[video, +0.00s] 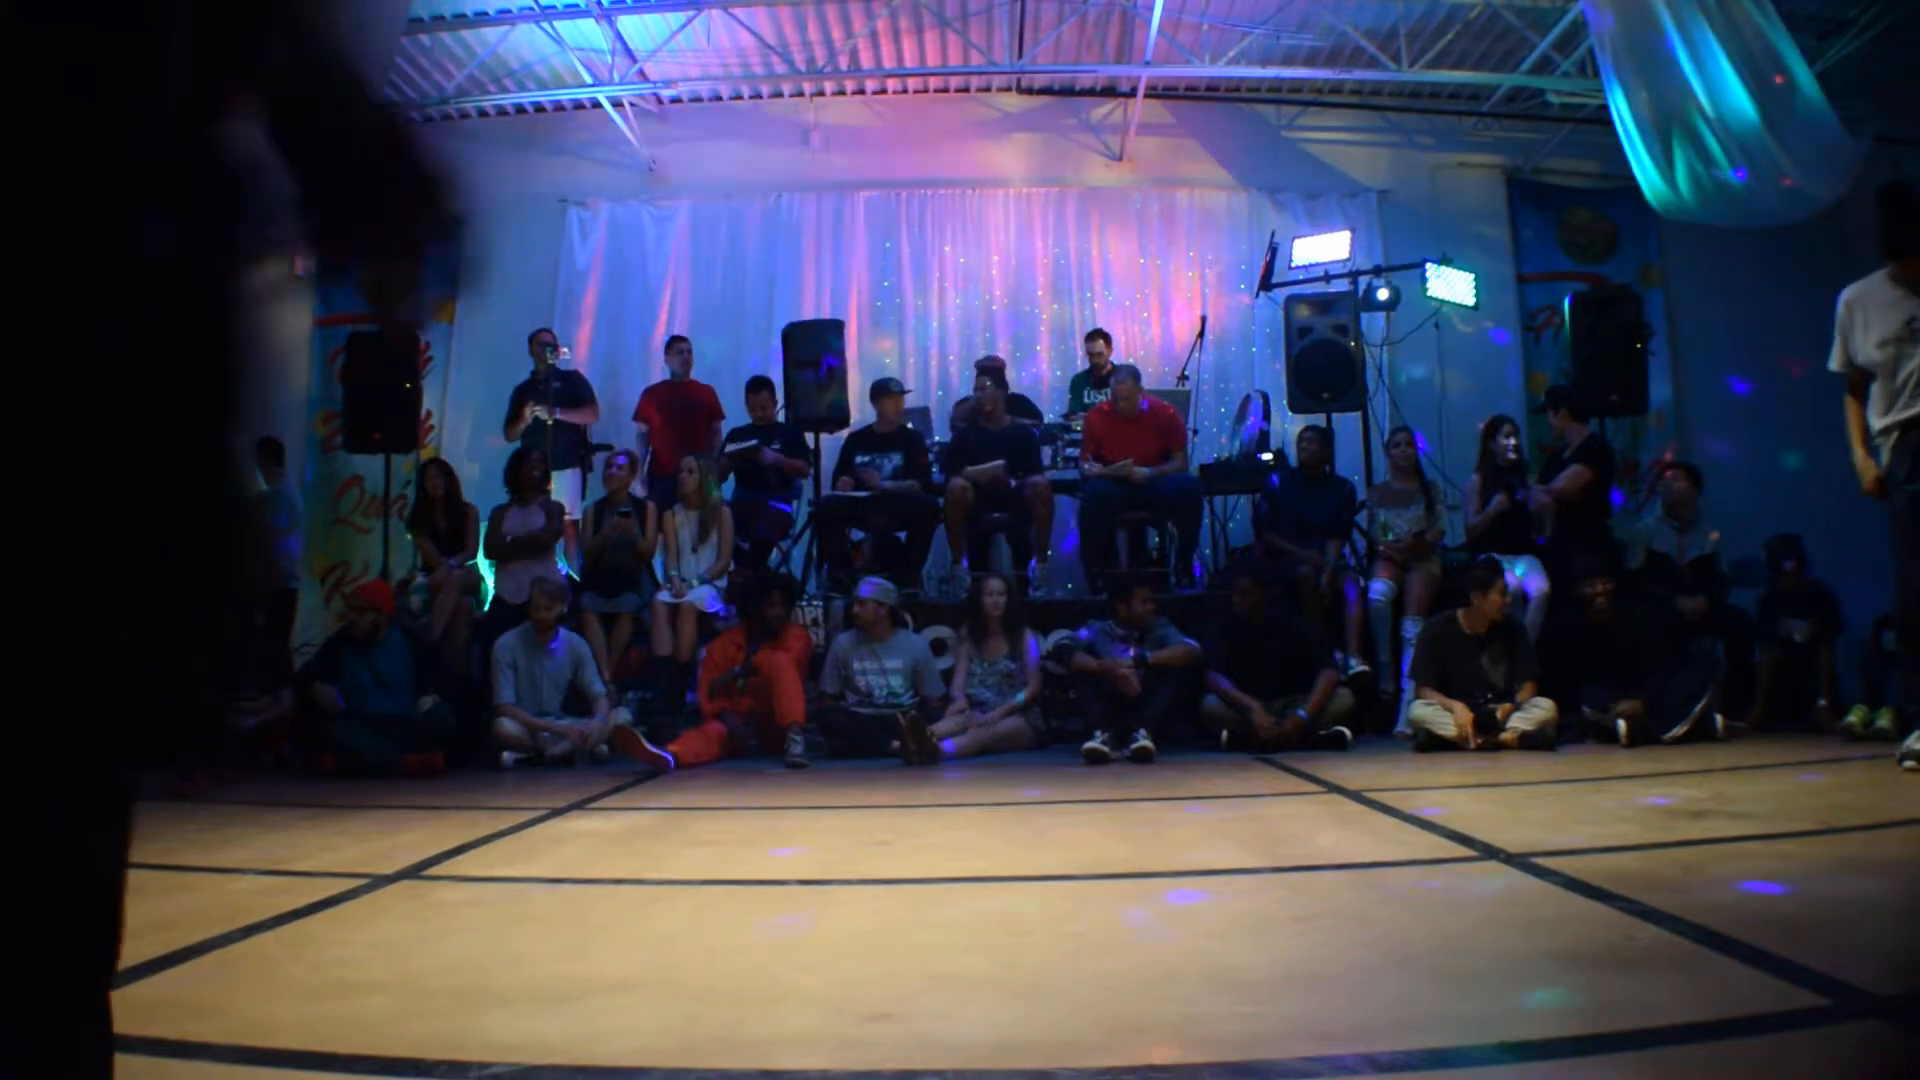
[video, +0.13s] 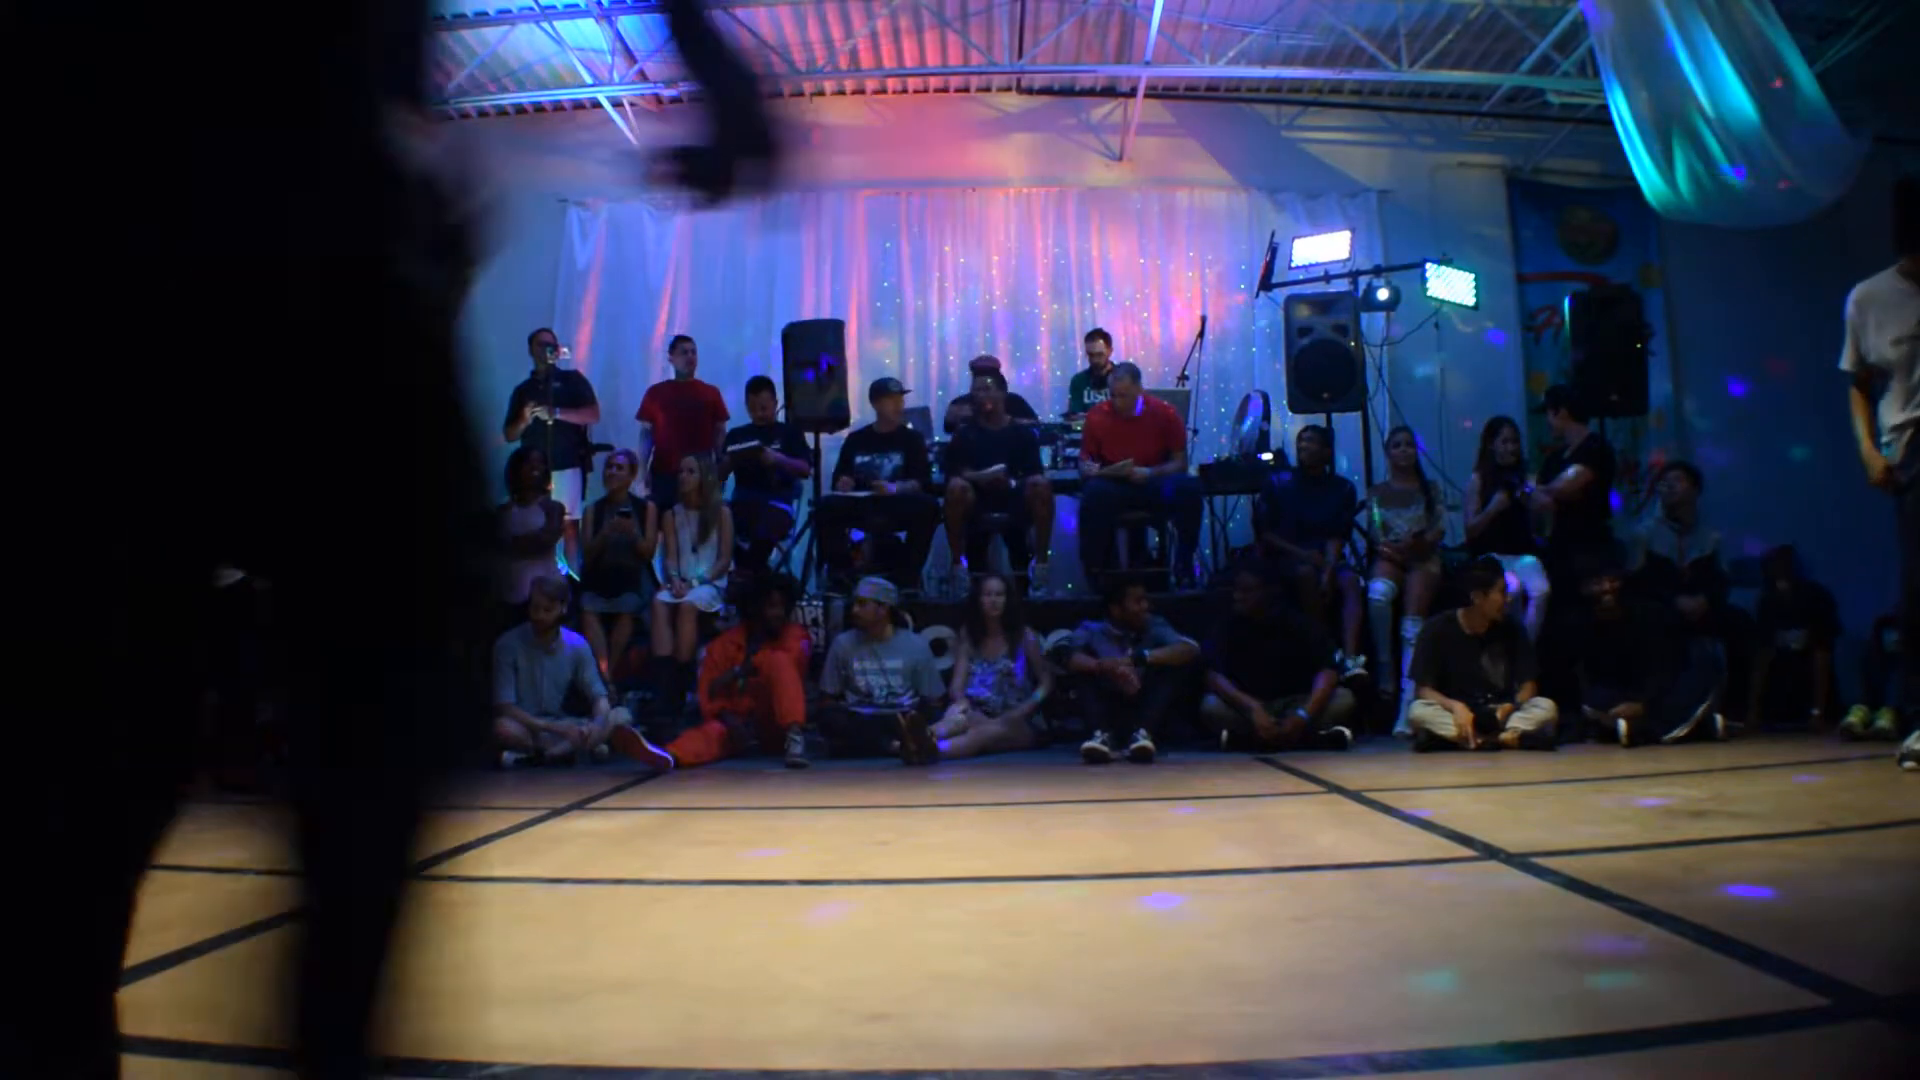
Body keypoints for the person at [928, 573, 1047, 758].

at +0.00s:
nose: (996, 600)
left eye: (1001, 595)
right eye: (989, 595)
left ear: (1008, 599)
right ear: (979, 599)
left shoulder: (1024, 636)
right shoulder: (969, 636)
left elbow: (1034, 687)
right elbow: (957, 686)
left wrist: (996, 714)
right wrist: (962, 703)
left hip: (1013, 710)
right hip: (977, 710)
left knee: (981, 736)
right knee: (958, 721)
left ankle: (935, 752)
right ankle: (922, 736)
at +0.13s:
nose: (994, 600)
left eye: (999, 595)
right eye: (988, 595)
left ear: (1008, 599)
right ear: (978, 599)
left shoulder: (1023, 636)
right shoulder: (969, 636)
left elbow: (1046, 682)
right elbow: (956, 687)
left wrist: (1020, 712)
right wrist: (964, 707)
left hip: (1014, 713)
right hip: (978, 712)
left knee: (988, 734)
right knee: (960, 718)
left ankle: (934, 751)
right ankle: (924, 736)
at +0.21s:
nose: (992, 601)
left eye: (998, 595)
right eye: (986, 595)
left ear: (1007, 599)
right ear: (977, 599)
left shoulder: (1023, 634)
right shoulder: (969, 634)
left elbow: (1050, 675)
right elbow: (956, 686)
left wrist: (1043, 712)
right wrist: (963, 704)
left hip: (1017, 709)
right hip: (979, 707)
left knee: (983, 735)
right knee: (962, 719)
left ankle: (936, 751)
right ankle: (923, 736)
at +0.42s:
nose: (990, 601)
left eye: (996, 595)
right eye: (984, 595)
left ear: (1005, 600)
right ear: (974, 600)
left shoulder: (1023, 635)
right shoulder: (966, 638)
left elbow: (1044, 677)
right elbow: (954, 689)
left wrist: (1052, 721)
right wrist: (968, 704)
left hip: (1018, 711)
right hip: (978, 708)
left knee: (984, 733)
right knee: (959, 718)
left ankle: (936, 752)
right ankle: (926, 735)